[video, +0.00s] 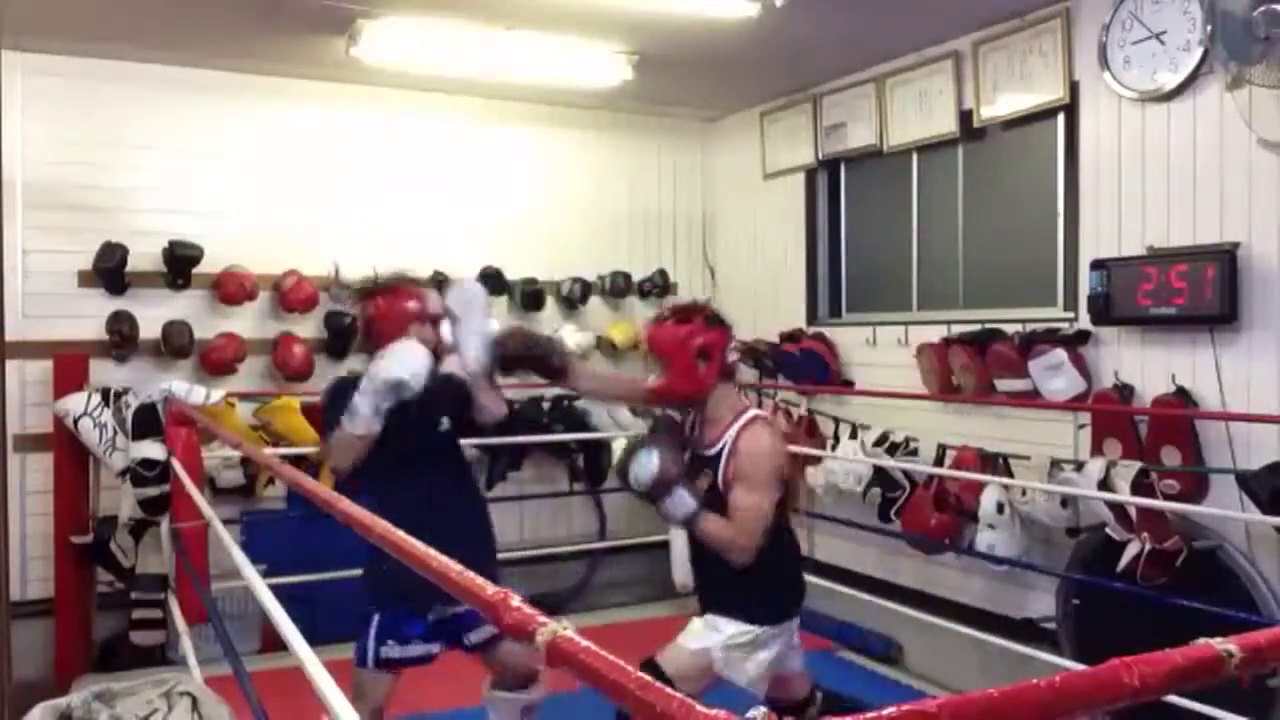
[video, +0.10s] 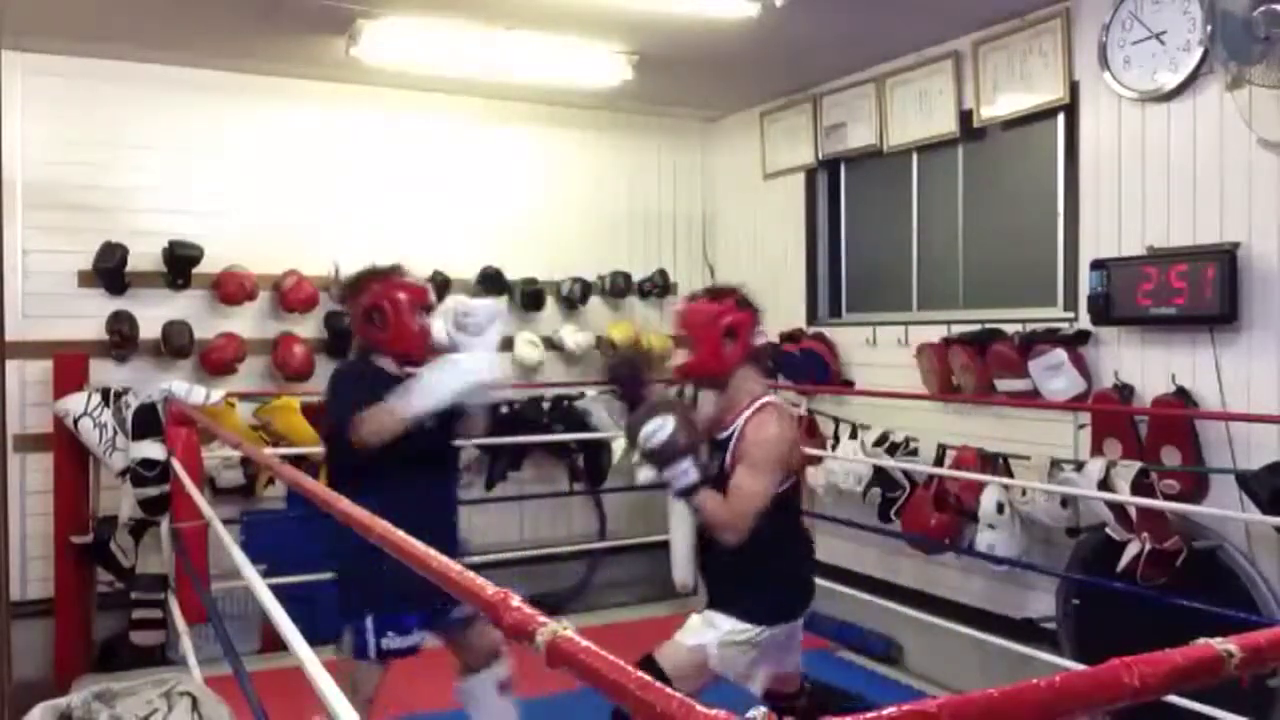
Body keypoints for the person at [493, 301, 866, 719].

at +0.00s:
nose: (661, 384)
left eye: (669, 373)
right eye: (662, 371)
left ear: (706, 368)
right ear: (701, 366)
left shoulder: (757, 440)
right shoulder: (696, 411)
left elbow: (741, 546)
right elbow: (623, 391)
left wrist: (675, 498)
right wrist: (548, 362)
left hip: (755, 611)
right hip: (732, 595)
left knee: (641, 696)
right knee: (794, 699)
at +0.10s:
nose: (680, 359)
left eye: (689, 348)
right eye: (681, 346)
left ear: (725, 348)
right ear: (727, 346)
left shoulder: (770, 423)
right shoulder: (728, 400)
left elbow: (732, 526)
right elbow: (692, 452)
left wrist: (684, 473)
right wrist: (644, 403)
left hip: (759, 603)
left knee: (637, 693)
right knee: (785, 698)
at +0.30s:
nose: (765, 347)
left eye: (774, 335)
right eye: (768, 334)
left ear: (807, 335)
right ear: (816, 335)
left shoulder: (807, 402)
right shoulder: (847, 396)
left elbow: (794, 498)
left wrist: (725, 460)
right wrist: (764, 444)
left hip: (789, 594)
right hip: (835, 589)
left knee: (679, 694)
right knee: (839, 694)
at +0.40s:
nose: (782, 335)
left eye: (788, 321)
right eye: (782, 321)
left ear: (819, 318)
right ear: (831, 319)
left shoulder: (823, 385)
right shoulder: (873, 386)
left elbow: (815, 483)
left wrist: (744, 453)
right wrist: (769, 430)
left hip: (808, 585)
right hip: (864, 581)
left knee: (698, 676)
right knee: (866, 689)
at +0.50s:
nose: (780, 318)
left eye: (786, 304)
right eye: (780, 304)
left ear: (816, 301)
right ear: (832, 301)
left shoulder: (824, 368)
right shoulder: (870, 365)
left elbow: (806, 467)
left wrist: (750, 423)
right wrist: (782, 391)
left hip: (820, 563)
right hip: (875, 560)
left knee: (708, 652)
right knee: (882, 682)